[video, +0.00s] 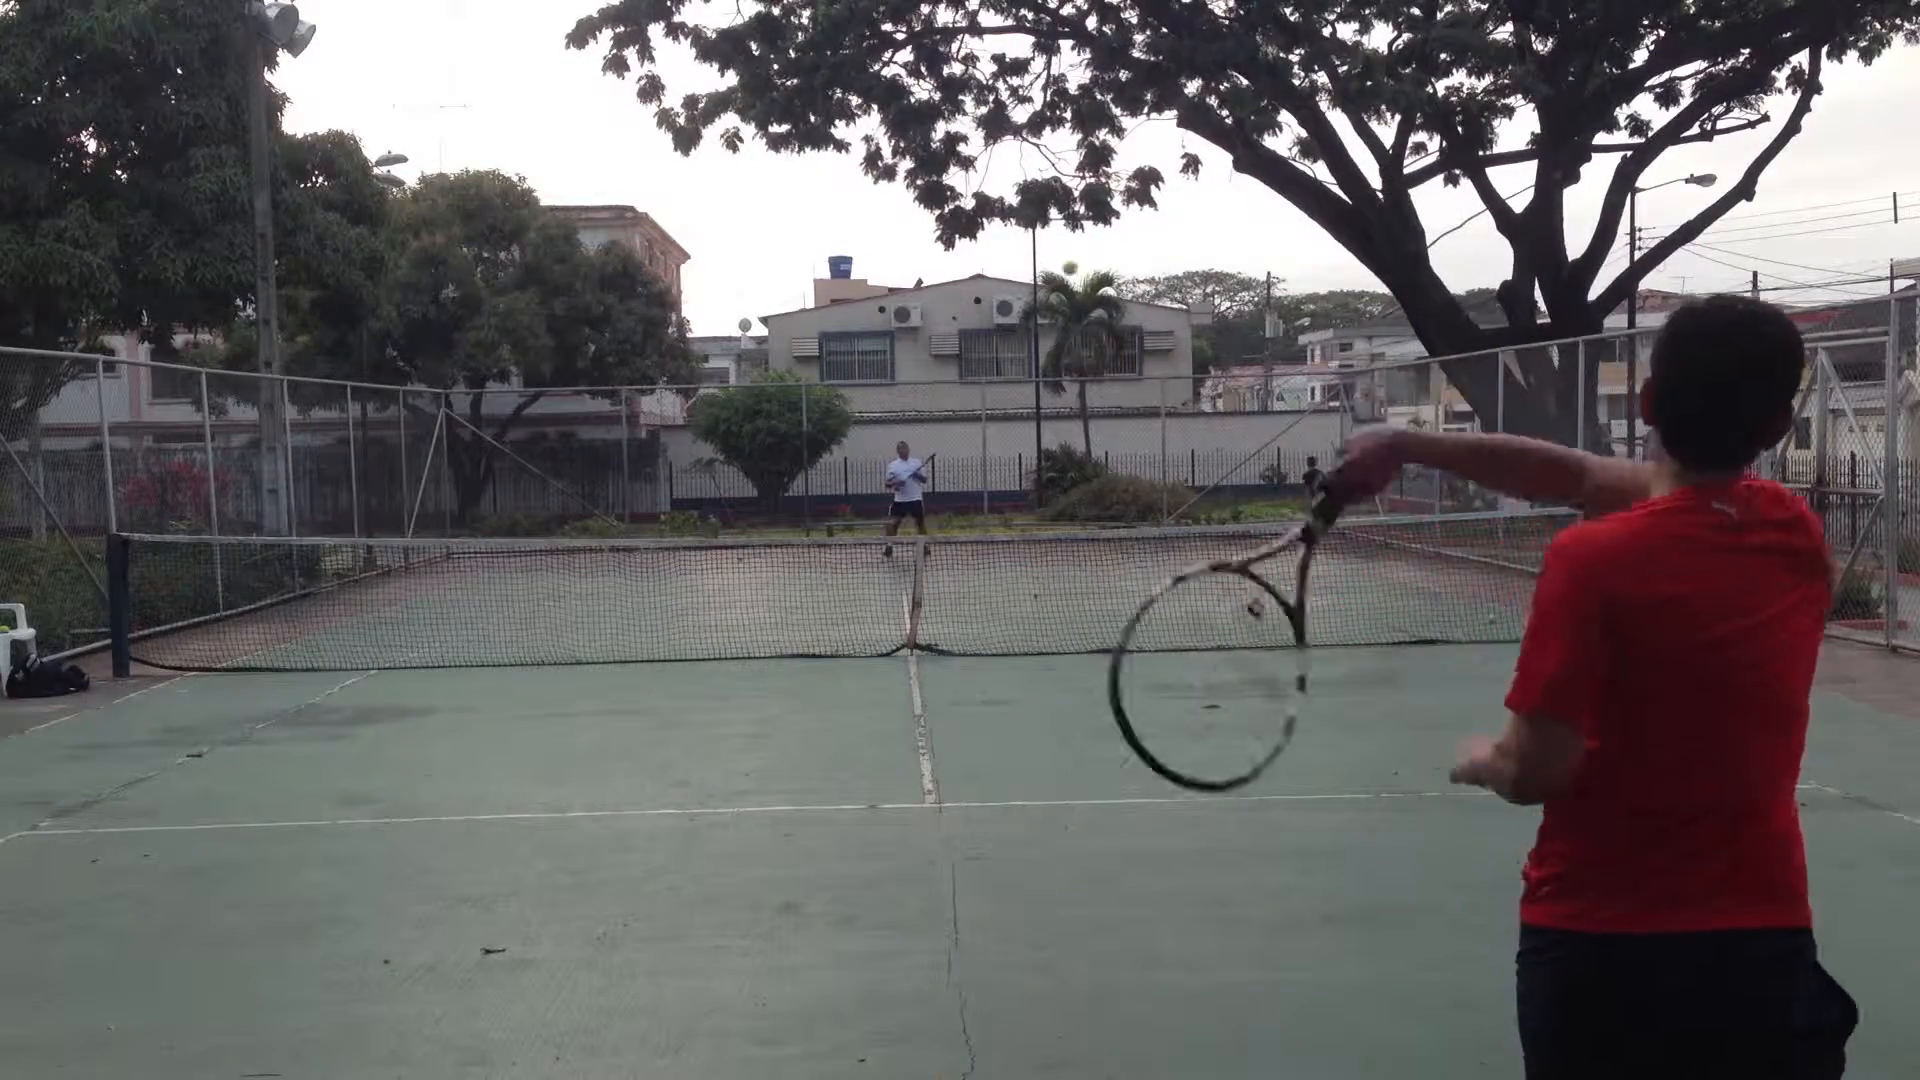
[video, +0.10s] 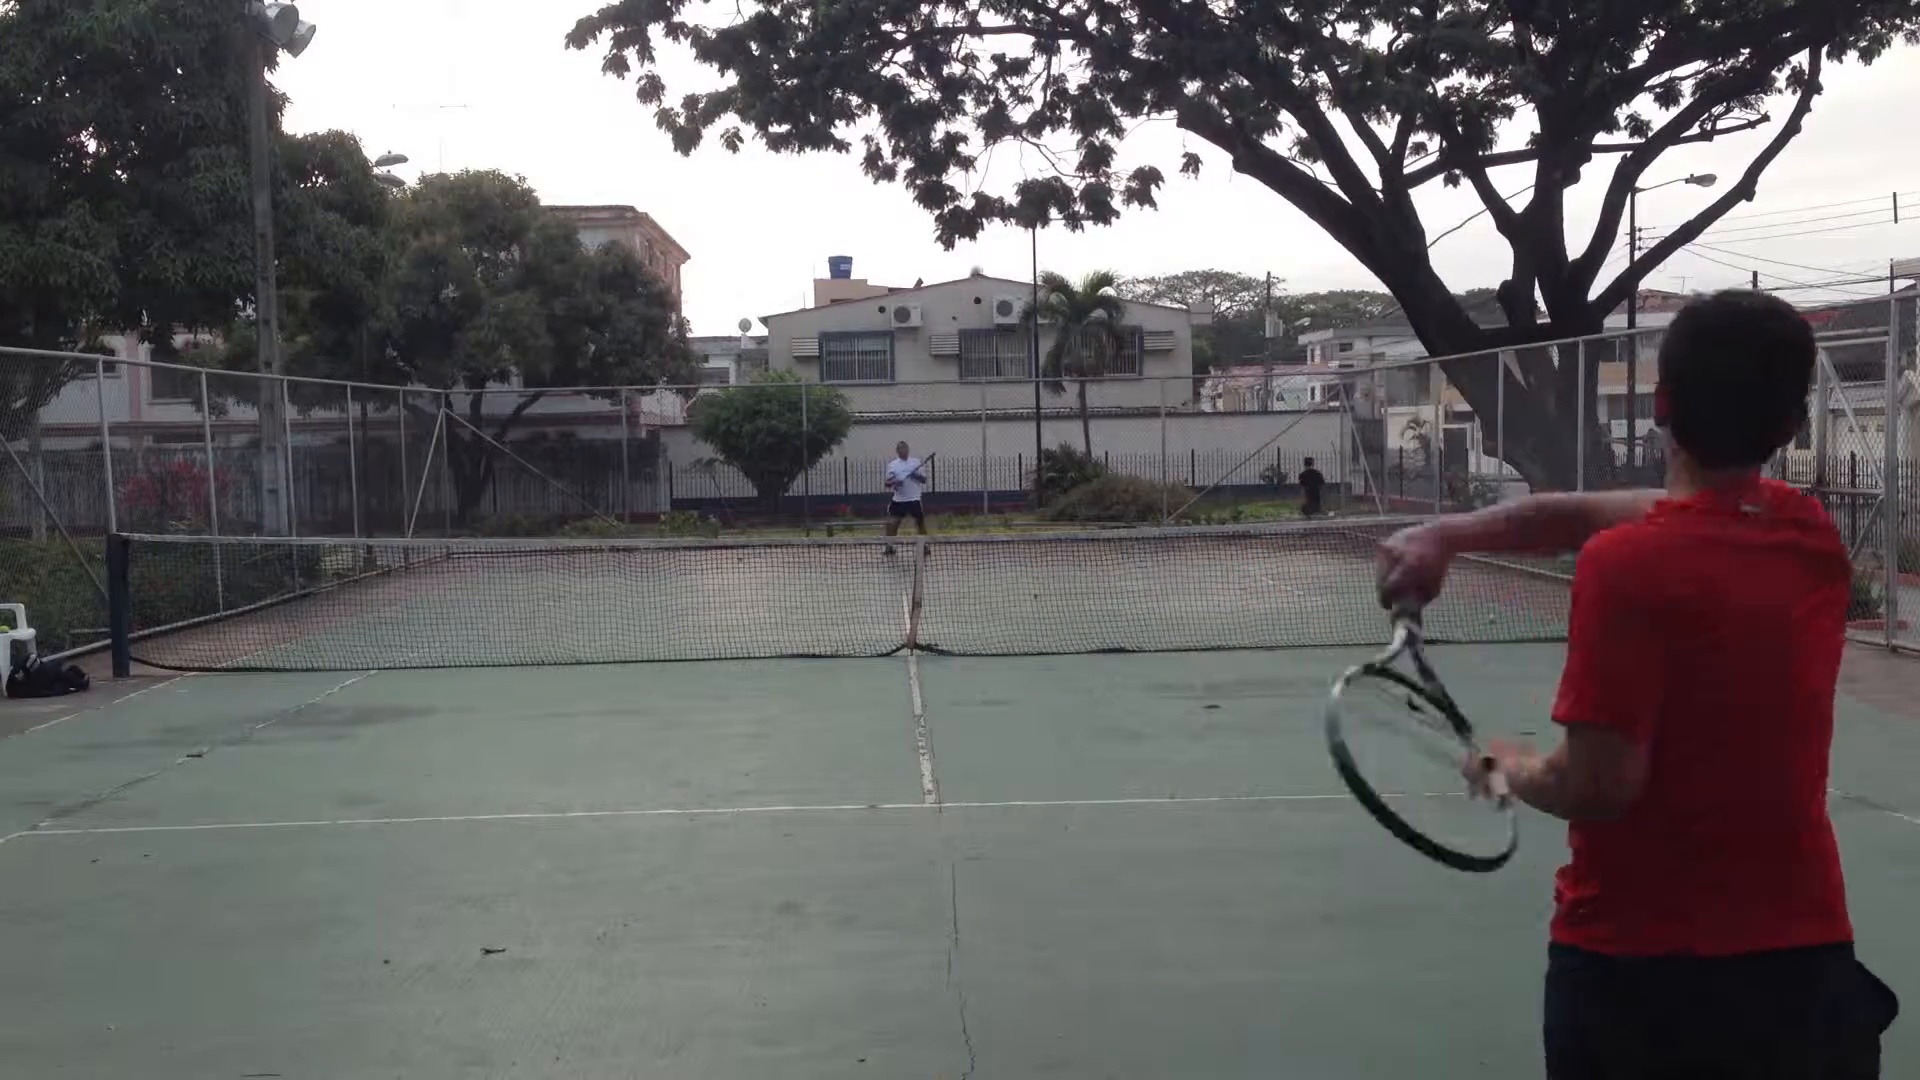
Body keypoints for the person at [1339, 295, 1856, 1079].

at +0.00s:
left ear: (1646, 400)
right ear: (1779, 424)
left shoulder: (1593, 557)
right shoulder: (1799, 539)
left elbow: (1538, 771)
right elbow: (1584, 474)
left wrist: (1482, 758)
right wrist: (1404, 443)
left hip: (1597, 947)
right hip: (1760, 940)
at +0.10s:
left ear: (1663, 405)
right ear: (1794, 424)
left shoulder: (1625, 560)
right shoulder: (1812, 535)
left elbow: (1603, 782)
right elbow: (1633, 513)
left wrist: (1512, 771)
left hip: (1635, 961)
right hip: (1799, 953)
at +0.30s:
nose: (1663, 431)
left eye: (1665, 413)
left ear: (1677, 433)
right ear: (1808, 435)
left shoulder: (1703, 594)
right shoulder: (1840, 571)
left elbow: (1748, 823)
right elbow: (1749, 712)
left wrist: (1580, 834)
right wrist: (1580, 741)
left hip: (1712, 1011)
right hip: (1866, 997)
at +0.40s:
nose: (1651, 430)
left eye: (1653, 410)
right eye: (1653, 408)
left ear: (1669, 432)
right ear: (1789, 433)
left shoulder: (1687, 579)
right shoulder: (1845, 566)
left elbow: (1763, 796)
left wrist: (1593, 840)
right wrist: (1632, 807)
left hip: (1705, 1010)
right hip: (1866, 1003)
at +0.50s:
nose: (1632, 426)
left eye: (1632, 407)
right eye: (1632, 404)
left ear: (1647, 429)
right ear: (1775, 426)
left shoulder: (1651, 577)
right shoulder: (1847, 568)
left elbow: (1705, 793)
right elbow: (1872, 799)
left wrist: (1561, 832)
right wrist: (1628, 854)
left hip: (1672, 1018)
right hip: (1848, 1010)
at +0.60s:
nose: (1602, 436)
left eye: (1602, 419)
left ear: (1613, 443)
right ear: (1740, 437)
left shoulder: (1596, 592)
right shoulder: (1829, 586)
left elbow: (1615, 816)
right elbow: (1866, 808)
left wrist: (1512, 846)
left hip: (1628, 1027)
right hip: (1815, 1023)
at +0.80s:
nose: (1457, 480)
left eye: (1459, 463)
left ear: (1469, 487)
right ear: (1602, 478)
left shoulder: (1427, 648)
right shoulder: (1694, 634)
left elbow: (1389, 889)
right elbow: (1760, 860)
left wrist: (1368, 829)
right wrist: (1633, 898)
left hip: (1480, 1054)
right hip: (1674, 1047)